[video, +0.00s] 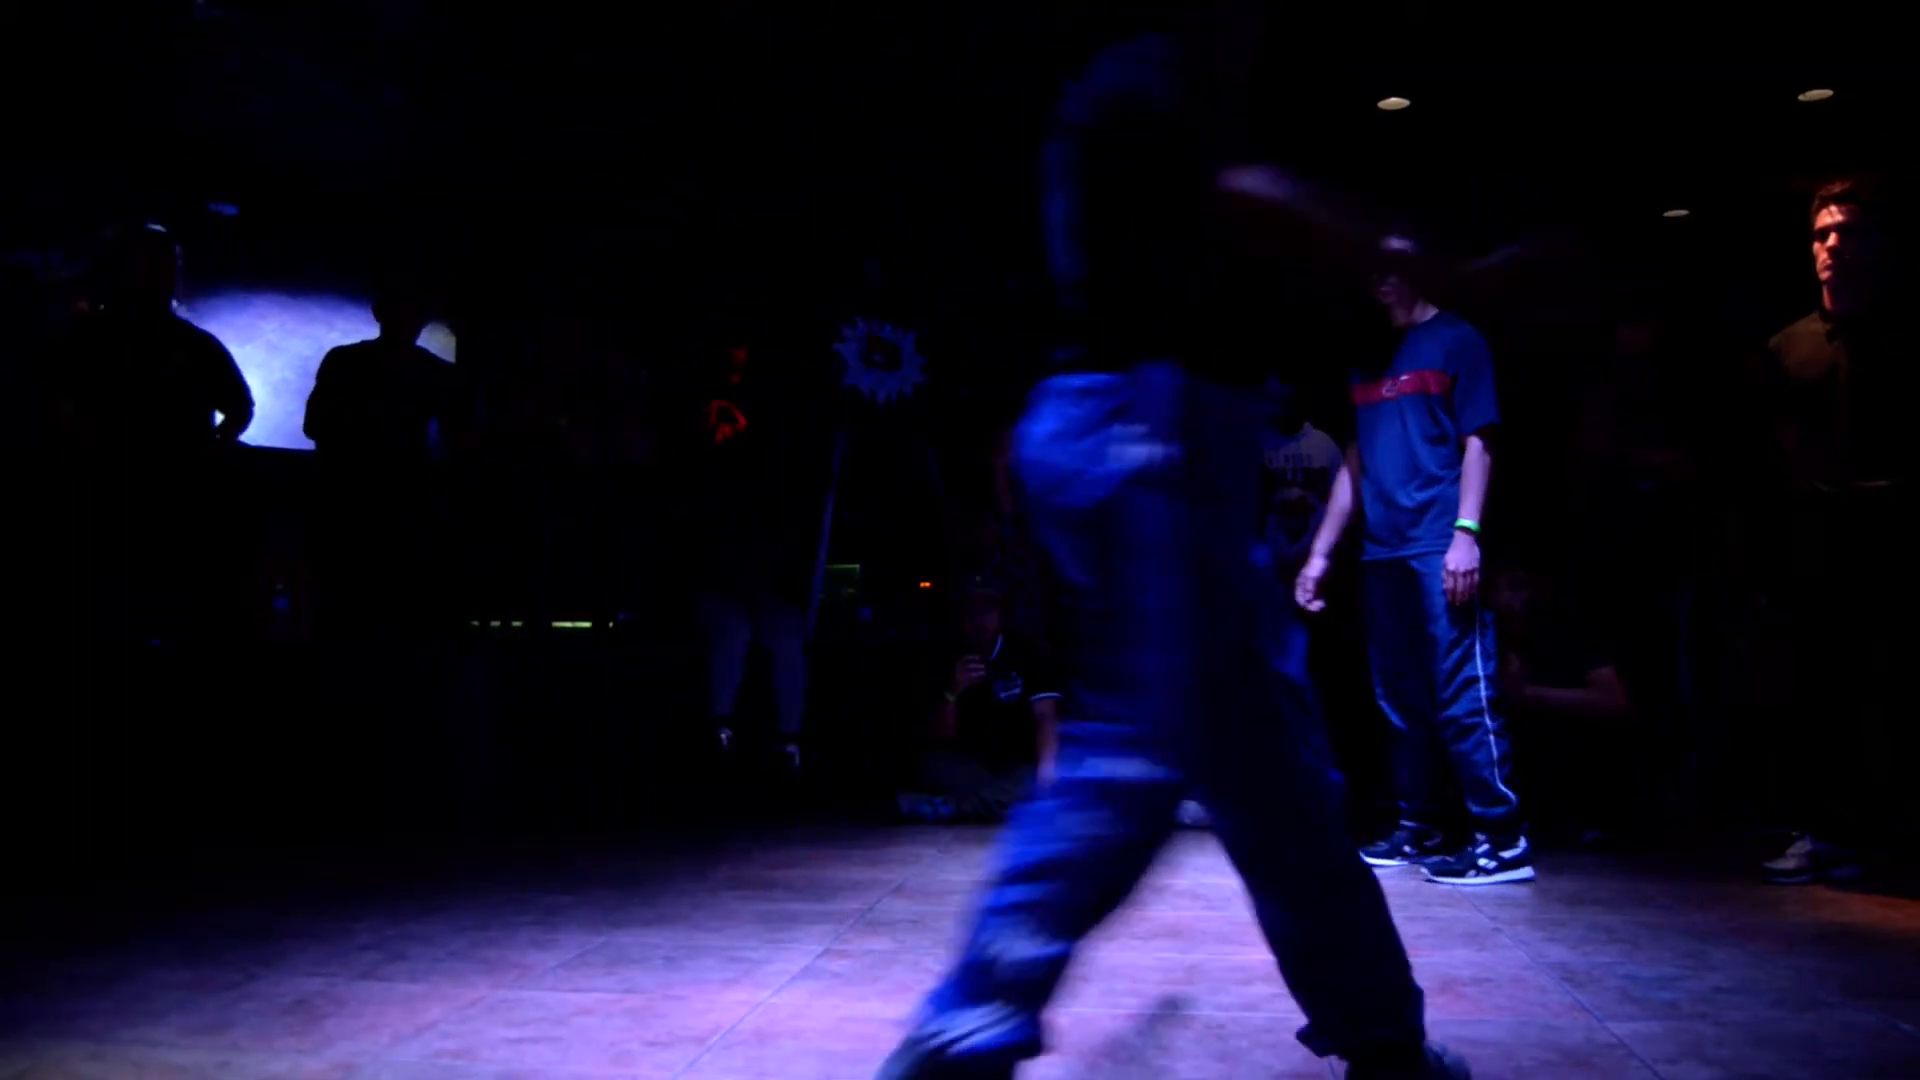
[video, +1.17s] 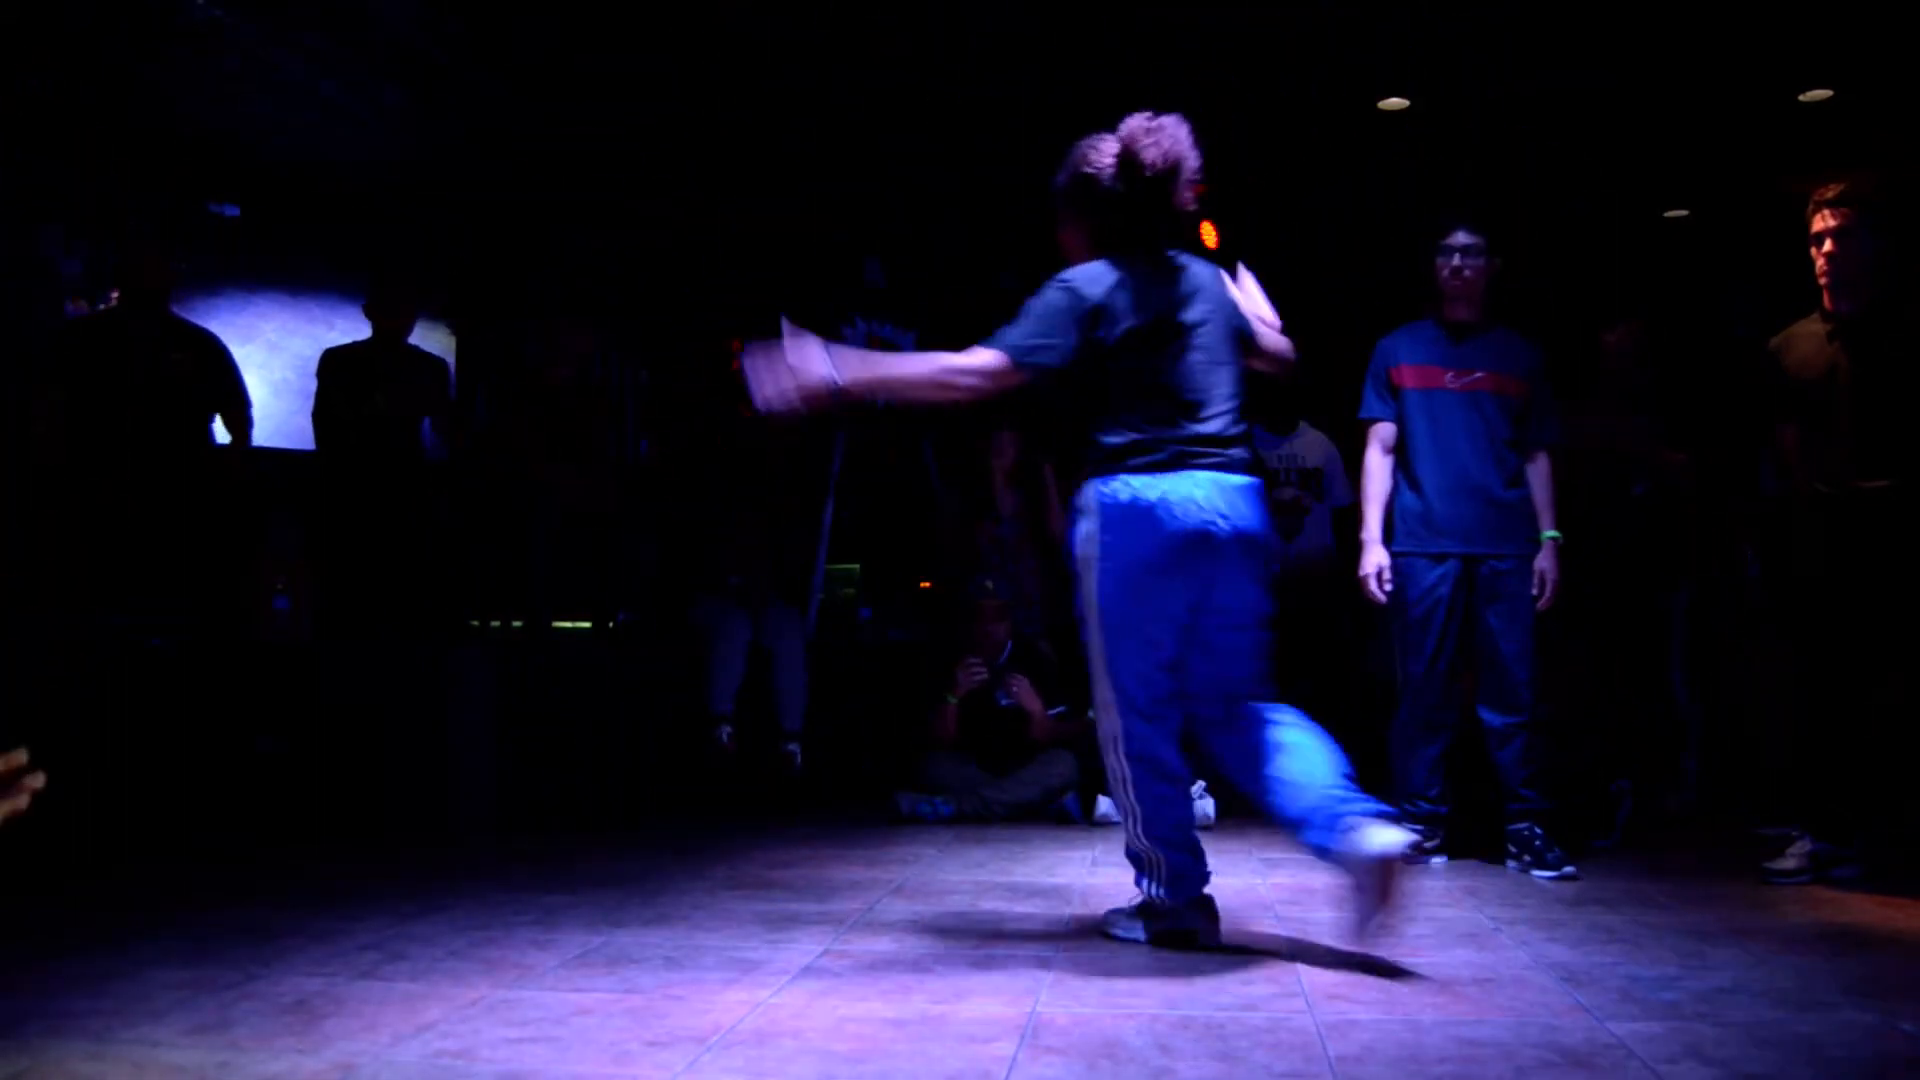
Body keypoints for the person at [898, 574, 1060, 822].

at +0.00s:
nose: (980, 625)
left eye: (986, 616)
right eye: (973, 617)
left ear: (998, 618)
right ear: (962, 621)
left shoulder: (1022, 654)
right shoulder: (952, 657)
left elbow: (1046, 716)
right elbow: (943, 735)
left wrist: (1046, 769)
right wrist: (953, 691)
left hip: (1015, 751)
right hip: (967, 752)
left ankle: (955, 807)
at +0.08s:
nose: (980, 624)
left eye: (987, 614)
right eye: (972, 615)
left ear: (999, 617)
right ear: (961, 620)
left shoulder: (1023, 653)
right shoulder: (949, 656)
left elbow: (1047, 715)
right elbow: (940, 736)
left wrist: (1047, 768)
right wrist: (953, 691)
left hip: (1019, 753)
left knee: (1062, 768)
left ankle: (957, 807)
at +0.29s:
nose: (981, 624)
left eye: (988, 614)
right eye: (972, 615)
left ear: (999, 617)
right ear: (961, 620)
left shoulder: (1023, 655)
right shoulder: (948, 657)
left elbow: (1051, 719)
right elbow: (940, 735)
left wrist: (1042, 736)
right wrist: (953, 692)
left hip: (1015, 750)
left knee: (1061, 766)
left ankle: (958, 808)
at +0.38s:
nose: (981, 623)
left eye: (988, 612)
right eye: (972, 614)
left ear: (1000, 616)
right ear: (960, 620)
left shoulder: (1025, 656)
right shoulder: (946, 660)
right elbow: (939, 737)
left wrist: (1043, 719)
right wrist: (953, 693)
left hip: (1019, 752)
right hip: (966, 753)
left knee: (1062, 764)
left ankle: (960, 807)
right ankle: (1045, 805)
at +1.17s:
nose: (990, 629)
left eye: (997, 621)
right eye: (982, 621)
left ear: (1009, 623)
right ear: (969, 625)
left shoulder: (1031, 661)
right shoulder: (954, 663)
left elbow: (1048, 737)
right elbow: (942, 739)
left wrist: (1036, 709)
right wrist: (955, 695)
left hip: (1023, 755)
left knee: (1062, 765)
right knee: (936, 767)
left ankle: (957, 806)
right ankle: (1039, 807)